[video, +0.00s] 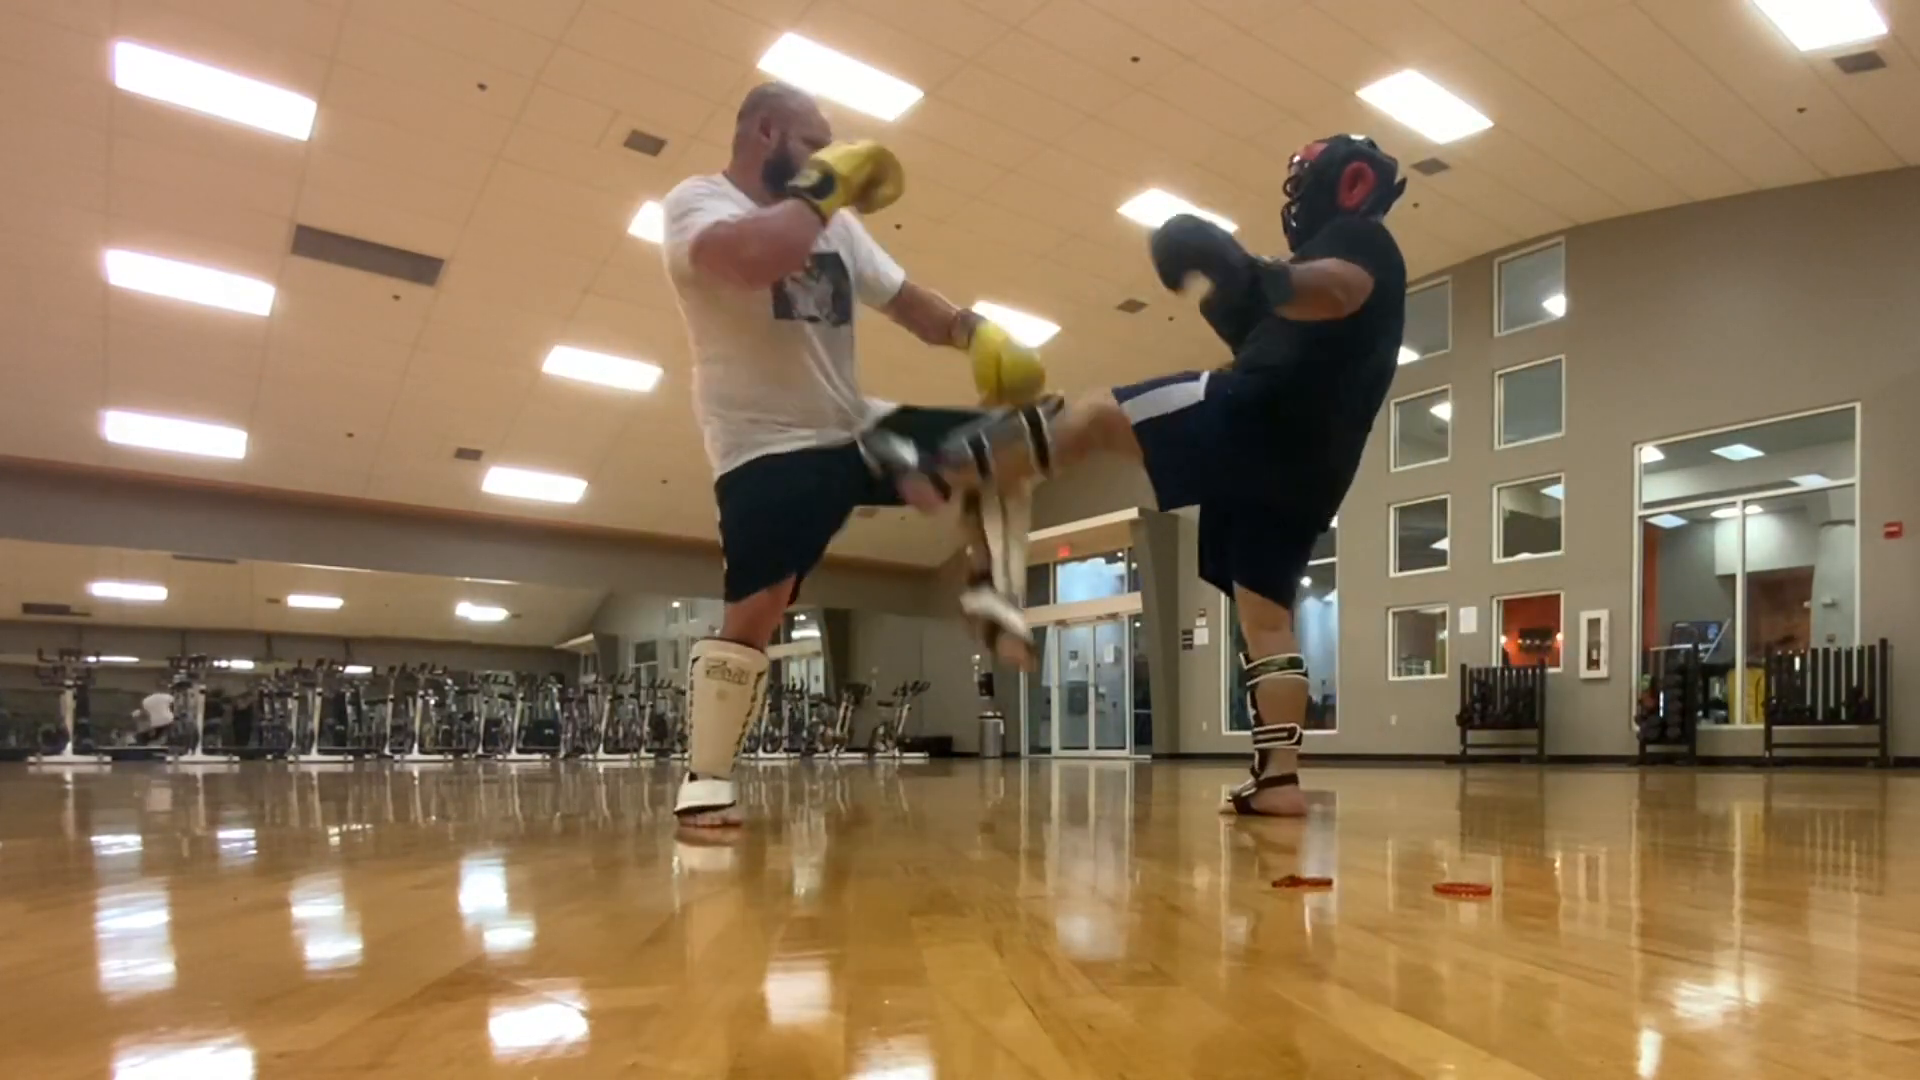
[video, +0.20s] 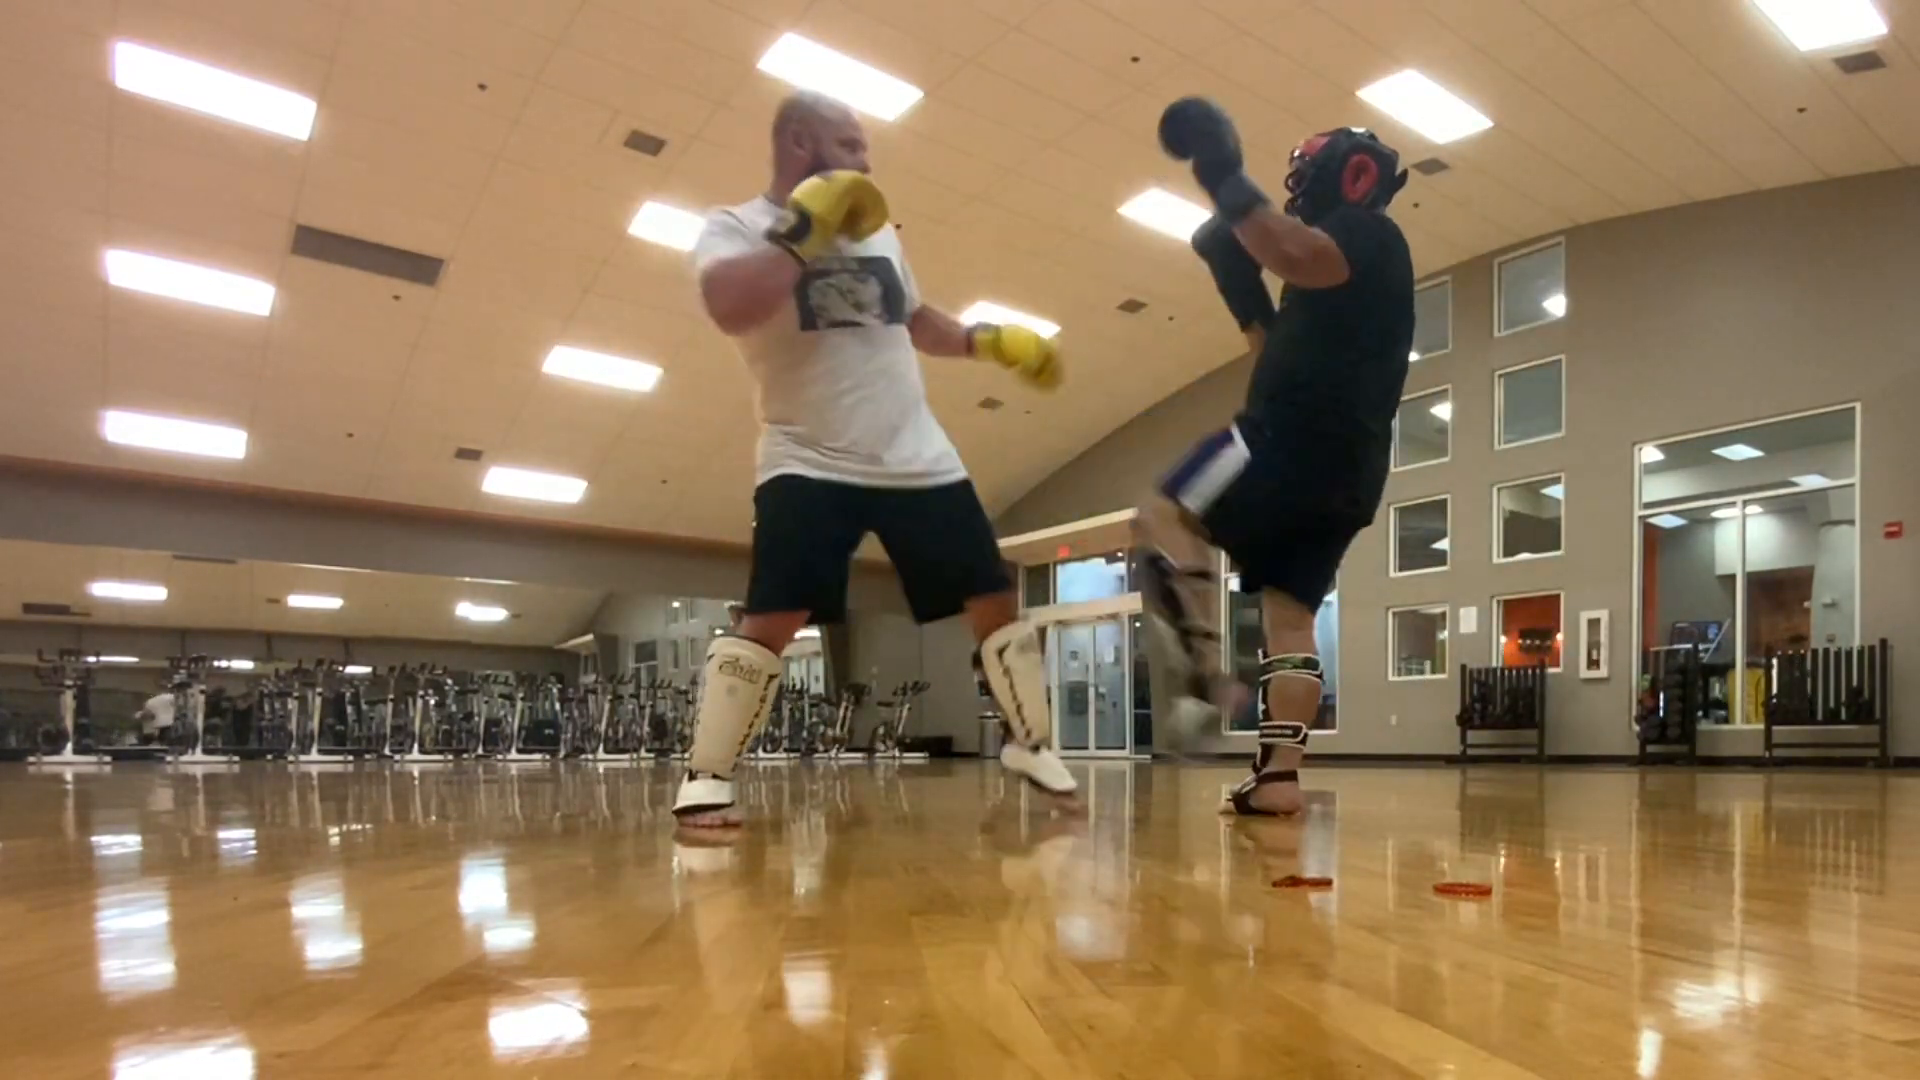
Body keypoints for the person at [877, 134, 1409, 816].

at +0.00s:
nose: (1289, 197)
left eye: (1302, 182)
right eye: (1292, 184)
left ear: (1342, 182)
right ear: (1358, 189)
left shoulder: (1359, 231)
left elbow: (1345, 290)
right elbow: (1289, 367)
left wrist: (1256, 276)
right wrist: (1226, 302)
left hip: (1260, 413)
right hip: (1309, 465)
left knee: (1095, 419)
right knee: (1267, 611)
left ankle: (948, 467)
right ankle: (1278, 781)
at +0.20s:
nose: (1294, 189)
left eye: (1308, 173)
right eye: (1296, 177)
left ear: (1355, 176)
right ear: (1361, 182)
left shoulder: (1367, 229)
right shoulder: (1351, 261)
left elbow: (1302, 257)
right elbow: (1287, 358)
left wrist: (1226, 177)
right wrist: (1237, 283)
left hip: (1296, 433)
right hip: (1349, 458)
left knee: (1167, 518)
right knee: (1289, 608)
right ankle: (1280, 778)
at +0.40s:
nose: (1303, 191)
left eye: (1314, 175)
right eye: (1305, 180)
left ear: (1358, 175)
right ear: (1372, 181)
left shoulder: (1379, 231)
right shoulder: (1360, 266)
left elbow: (1280, 235)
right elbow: (1299, 356)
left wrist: (1246, 151)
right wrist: (1240, 284)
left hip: (1378, 455)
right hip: (1368, 462)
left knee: (1357, 611)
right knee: (1333, 614)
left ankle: (1424, 772)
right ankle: (1292, 767)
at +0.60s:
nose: (1354, 189)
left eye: (1367, 175)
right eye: (1356, 180)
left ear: (1418, 178)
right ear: (1419, 183)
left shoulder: (1451, 232)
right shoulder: (1410, 259)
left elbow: (1397, 276)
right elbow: (1349, 331)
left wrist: (1315, 213)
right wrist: (1288, 289)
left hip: (1446, 455)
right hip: (1432, 457)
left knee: (1415, 609)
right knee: (1422, 609)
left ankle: (1427, 777)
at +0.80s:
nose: (1413, 203)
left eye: (1428, 186)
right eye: (1414, 192)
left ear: (1479, 200)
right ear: (1473, 207)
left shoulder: (1509, 250)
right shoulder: (1465, 293)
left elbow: (1522, 309)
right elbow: (1450, 416)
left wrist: (1417, 278)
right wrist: (1381, 381)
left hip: (1491, 477)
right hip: (1529, 477)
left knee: (1437, 613)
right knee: (1561, 625)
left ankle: (1431, 778)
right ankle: (1625, 776)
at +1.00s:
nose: (1443, 216)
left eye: (1456, 201)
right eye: (1444, 206)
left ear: (1506, 203)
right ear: (1505, 209)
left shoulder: (1540, 249)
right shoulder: (1493, 294)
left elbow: (1531, 311)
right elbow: (1465, 402)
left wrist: (1438, 273)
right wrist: (1411, 341)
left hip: (1530, 464)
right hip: (1567, 469)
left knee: (1476, 604)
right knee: (1585, 615)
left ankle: (1500, 764)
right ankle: (1629, 778)